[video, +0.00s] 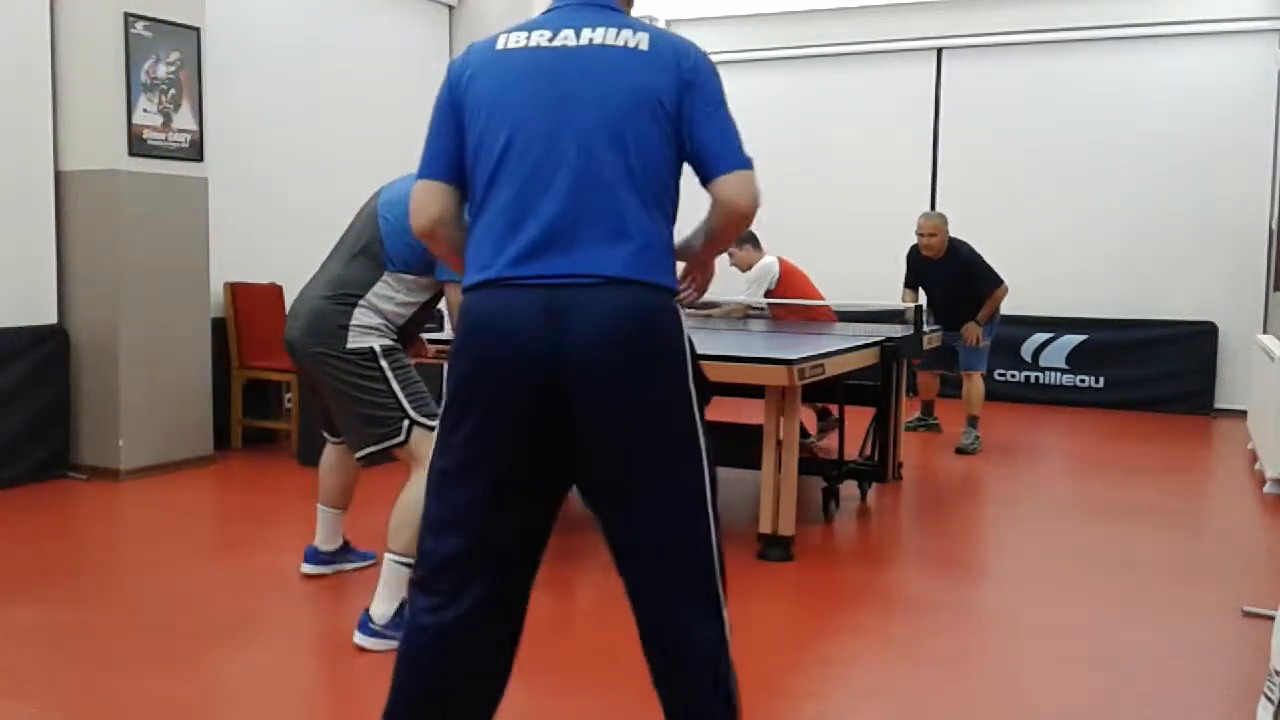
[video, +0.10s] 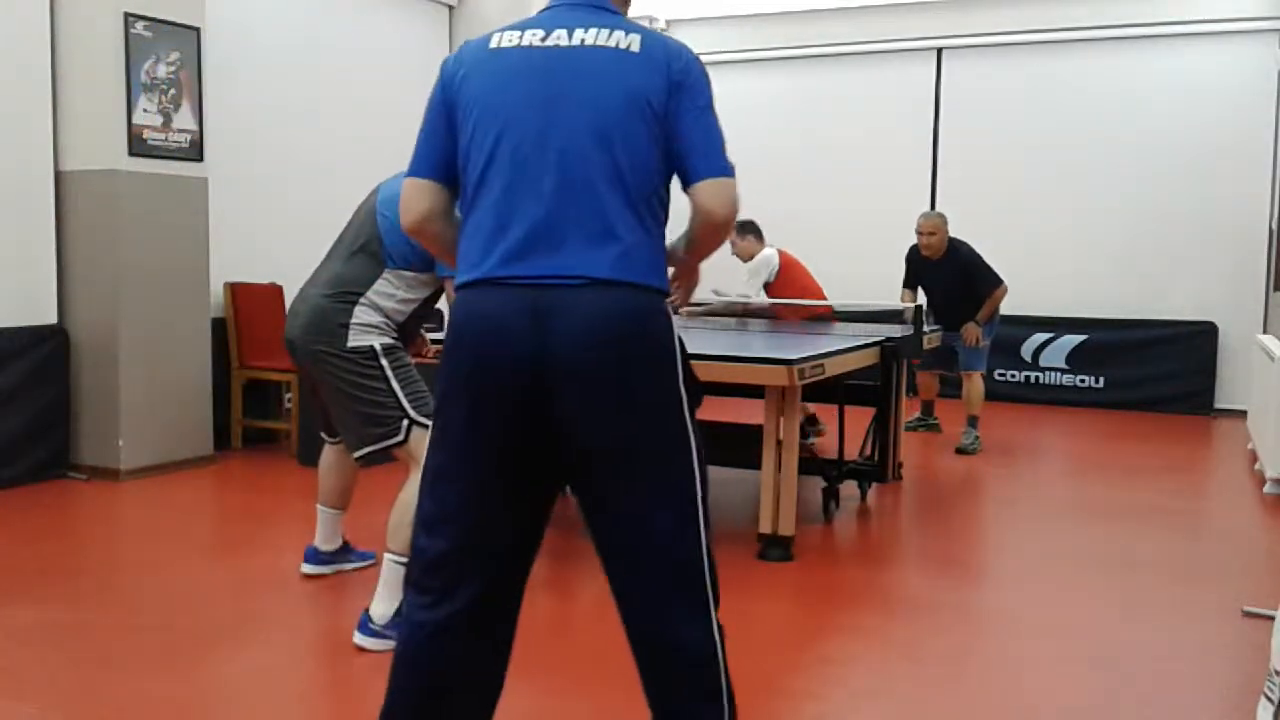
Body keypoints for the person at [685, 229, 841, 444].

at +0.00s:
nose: (731, 262)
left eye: (732, 254)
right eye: (729, 256)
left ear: (748, 249)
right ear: (752, 250)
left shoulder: (766, 266)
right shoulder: (773, 265)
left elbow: (740, 310)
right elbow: (745, 308)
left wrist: (700, 314)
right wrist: (703, 310)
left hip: (813, 332)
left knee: (774, 377)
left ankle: (798, 432)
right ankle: (822, 413)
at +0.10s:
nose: (732, 251)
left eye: (734, 244)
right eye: (731, 245)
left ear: (751, 239)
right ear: (755, 240)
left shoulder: (766, 258)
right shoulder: (772, 256)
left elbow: (741, 302)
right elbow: (746, 301)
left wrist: (697, 311)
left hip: (809, 322)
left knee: (772, 368)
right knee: (771, 364)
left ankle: (805, 420)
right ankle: (806, 418)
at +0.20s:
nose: (739, 237)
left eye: (740, 229)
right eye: (738, 231)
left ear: (756, 224)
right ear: (760, 225)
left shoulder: (771, 242)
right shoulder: (783, 245)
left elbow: (738, 279)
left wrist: (691, 287)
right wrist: (757, 290)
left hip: (802, 317)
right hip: (819, 315)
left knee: (773, 368)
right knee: (775, 368)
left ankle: (798, 433)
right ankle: (798, 432)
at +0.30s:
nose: (745, 219)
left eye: (747, 212)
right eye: (744, 213)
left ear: (764, 209)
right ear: (768, 211)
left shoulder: (773, 227)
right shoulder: (784, 232)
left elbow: (741, 249)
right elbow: (782, 281)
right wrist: (753, 271)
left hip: (804, 314)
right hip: (808, 312)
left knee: (781, 376)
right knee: (781, 375)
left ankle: (801, 435)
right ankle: (799, 434)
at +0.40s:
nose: (751, 205)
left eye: (755, 199)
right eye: (751, 200)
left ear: (771, 199)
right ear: (776, 201)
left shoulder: (776, 218)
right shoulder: (785, 226)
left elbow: (733, 228)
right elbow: (782, 280)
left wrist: (698, 211)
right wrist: (752, 268)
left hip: (800, 308)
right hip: (804, 307)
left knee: (781, 373)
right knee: (782, 373)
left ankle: (801, 434)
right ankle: (798, 433)